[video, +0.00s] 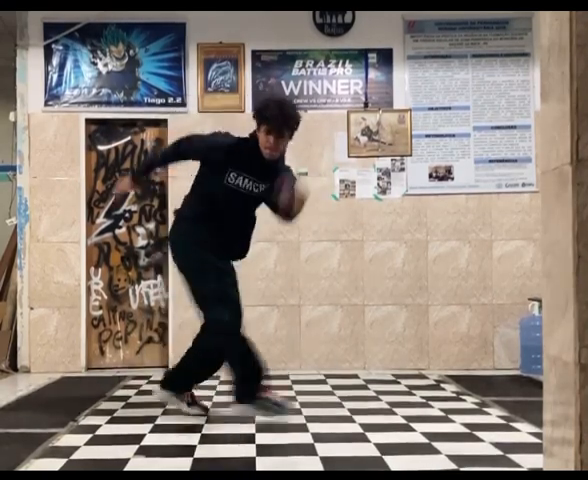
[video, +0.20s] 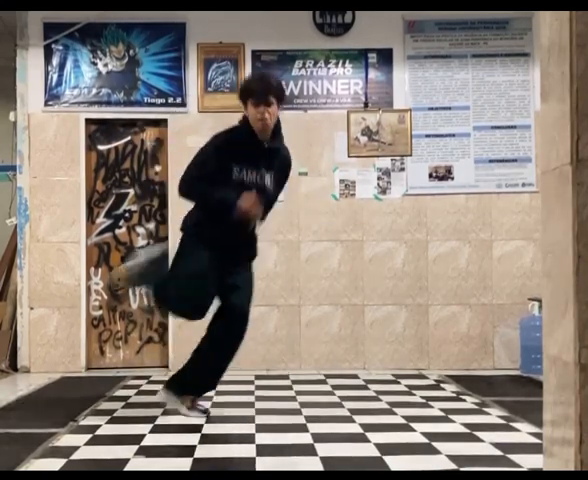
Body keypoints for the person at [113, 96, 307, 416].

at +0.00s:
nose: (272, 142)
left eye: (280, 136)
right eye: (267, 133)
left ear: (289, 137)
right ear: (257, 129)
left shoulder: (278, 172)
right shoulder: (225, 147)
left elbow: (282, 208)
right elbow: (180, 148)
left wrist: (287, 206)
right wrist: (138, 173)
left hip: (222, 250)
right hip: (191, 240)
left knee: (226, 322)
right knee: (223, 317)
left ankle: (177, 383)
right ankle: (249, 387)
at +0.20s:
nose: (264, 113)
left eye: (270, 106)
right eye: (257, 106)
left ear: (279, 108)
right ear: (245, 109)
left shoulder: (281, 158)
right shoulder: (226, 142)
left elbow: (265, 199)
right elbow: (188, 185)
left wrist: (256, 210)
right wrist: (235, 199)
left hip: (239, 247)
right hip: (202, 239)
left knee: (233, 322)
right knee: (191, 307)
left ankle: (183, 388)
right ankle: (154, 269)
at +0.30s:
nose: (259, 100)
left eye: (265, 93)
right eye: (252, 93)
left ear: (275, 96)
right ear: (240, 95)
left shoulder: (281, 143)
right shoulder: (219, 129)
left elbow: (281, 198)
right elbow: (196, 179)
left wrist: (266, 179)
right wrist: (242, 166)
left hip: (252, 231)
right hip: (212, 229)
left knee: (253, 303)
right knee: (213, 296)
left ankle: (236, 366)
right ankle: (216, 325)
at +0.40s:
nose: (252, 103)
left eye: (258, 95)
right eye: (245, 96)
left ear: (269, 97)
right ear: (235, 99)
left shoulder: (283, 142)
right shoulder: (219, 135)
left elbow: (294, 193)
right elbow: (201, 187)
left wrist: (259, 166)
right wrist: (227, 168)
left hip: (259, 239)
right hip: (220, 238)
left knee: (268, 318)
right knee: (219, 315)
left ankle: (297, 374)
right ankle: (220, 389)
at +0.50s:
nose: (239, 110)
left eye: (245, 102)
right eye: (232, 103)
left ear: (259, 100)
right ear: (225, 104)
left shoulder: (280, 142)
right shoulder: (216, 139)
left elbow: (285, 193)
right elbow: (208, 185)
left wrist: (239, 193)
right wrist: (221, 196)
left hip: (268, 235)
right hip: (229, 235)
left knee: (259, 302)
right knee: (225, 306)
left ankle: (284, 375)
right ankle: (227, 382)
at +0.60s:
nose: (224, 127)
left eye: (230, 119)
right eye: (218, 120)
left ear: (246, 111)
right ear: (212, 116)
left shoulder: (269, 146)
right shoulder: (213, 152)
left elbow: (269, 208)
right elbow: (216, 210)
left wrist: (241, 253)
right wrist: (219, 256)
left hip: (273, 228)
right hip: (233, 231)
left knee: (249, 290)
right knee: (221, 296)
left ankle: (233, 377)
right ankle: (237, 366)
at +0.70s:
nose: (218, 142)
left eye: (223, 134)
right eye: (211, 136)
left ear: (238, 128)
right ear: (204, 134)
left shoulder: (267, 159)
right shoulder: (211, 169)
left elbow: (292, 212)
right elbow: (213, 211)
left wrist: (265, 233)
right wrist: (211, 236)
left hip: (281, 234)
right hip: (244, 235)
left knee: (251, 290)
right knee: (229, 297)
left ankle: (231, 370)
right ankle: (241, 384)